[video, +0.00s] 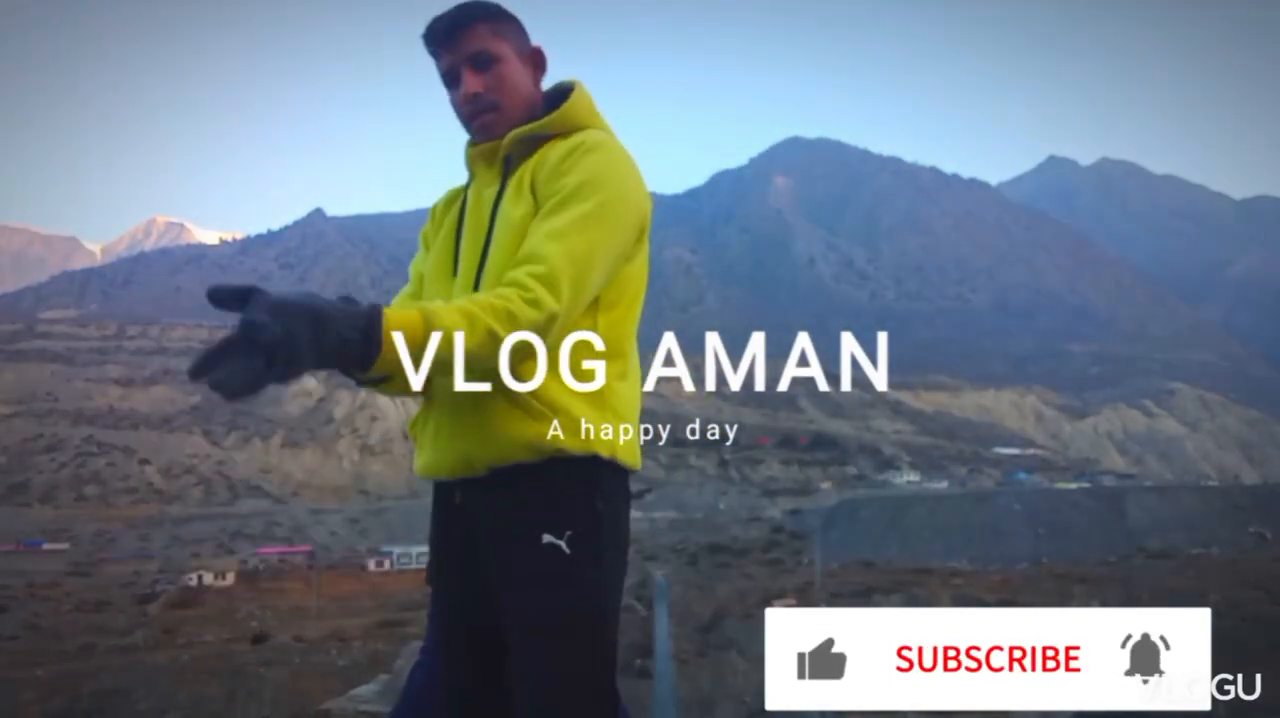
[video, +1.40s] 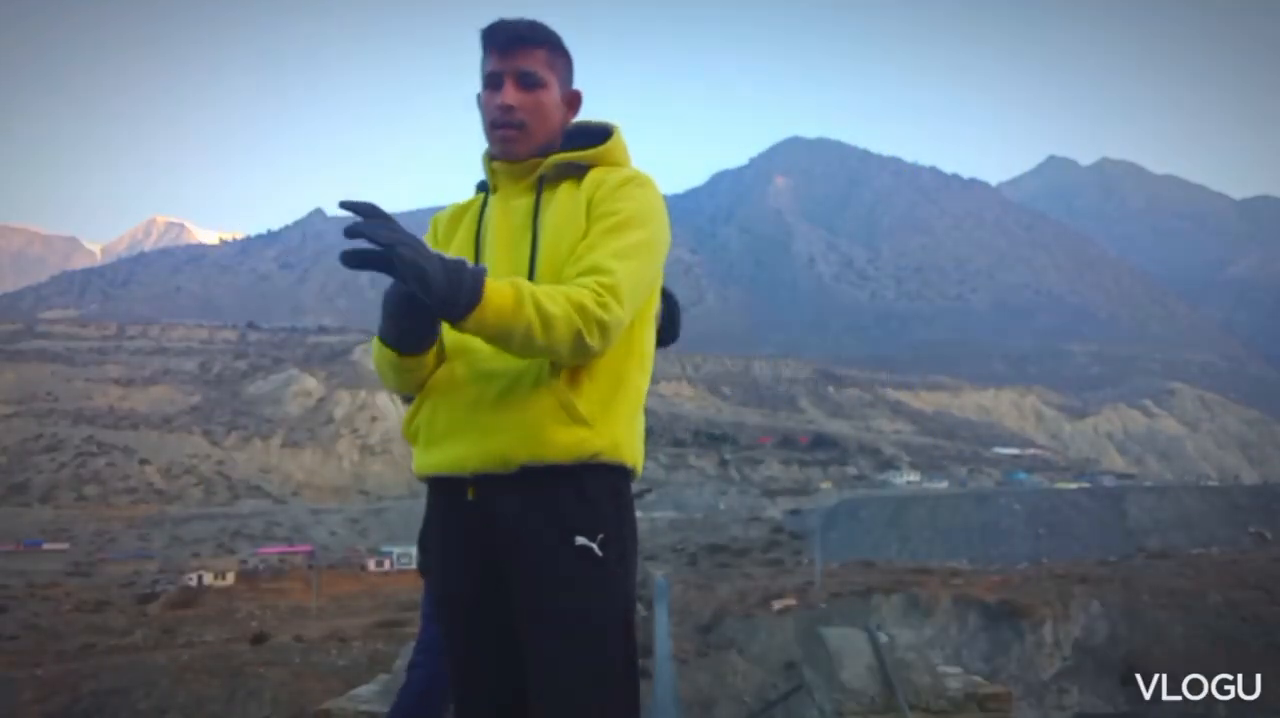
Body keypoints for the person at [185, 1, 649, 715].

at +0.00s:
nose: (470, 87)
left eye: (486, 64)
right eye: (453, 77)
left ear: (535, 64)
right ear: (447, 94)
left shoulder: (595, 168)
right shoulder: (451, 211)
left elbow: (522, 320)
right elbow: (420, 345)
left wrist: (354, 333)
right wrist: (318, 335)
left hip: (561, 484)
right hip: (464, 489)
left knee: (564, 699)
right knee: (465, 696)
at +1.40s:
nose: (504, 97)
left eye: (527, 82)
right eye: (492, 82)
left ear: (568, 100)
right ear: (479, 99)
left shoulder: (621, 194)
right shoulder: (449, 225)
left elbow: (586, 323)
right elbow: (404, 380)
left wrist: (452, 284)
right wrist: (413, 302)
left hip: (571, 504)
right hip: (459, 507)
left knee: (581, 700)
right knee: (477, 700)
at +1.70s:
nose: (490, 93)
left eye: (513, 76)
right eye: (478, 80)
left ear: (560, 97)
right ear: (466, 100)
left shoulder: (621, 193)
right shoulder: (457, 221)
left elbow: (653, 328)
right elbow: (384, 372)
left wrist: (542, 224)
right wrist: (406, 287)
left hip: (571, 493)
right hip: (456, 498)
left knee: (583, 696)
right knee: (474, 694)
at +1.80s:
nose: (489, 93)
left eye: (511, 76)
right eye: (477, 80)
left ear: (558, 93)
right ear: (466, 99)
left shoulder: (618, 193)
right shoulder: (442, 228)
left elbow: (692, 309)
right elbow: (369, 346)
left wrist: (606, 170)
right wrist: (376, 244)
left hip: (574, 493)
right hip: (457, 496)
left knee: (583, 697)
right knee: (476, 696)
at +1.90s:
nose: (486, 95)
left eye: (508, 77)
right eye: (474, 82)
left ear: (557, 95)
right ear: (463, 101)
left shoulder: (613, 191)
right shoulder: (445, 226)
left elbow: (722, 239)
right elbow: (332, 287)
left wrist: (654, 120)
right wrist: (368, 181)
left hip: (573, 498)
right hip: (457, 502)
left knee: (585, 699)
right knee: (476, 697)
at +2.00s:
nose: (483, 98)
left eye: (504, 78)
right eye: (470, 84)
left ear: (554, 96)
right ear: (460, 106)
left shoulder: (616, 187)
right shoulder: (439, 212)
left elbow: (730, 151)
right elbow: (319, 207)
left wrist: (645, 88)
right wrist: (410, 132)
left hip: (574, 496)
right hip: (457, 500)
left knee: (587, 698)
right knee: (474, 696)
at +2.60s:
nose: (515, 84)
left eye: (538, 71)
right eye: (503, 75)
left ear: (580, 98)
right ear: (491, 100)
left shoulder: (609, 189)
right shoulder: (454, 222)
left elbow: (650, 225)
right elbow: (321, 243)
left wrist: (588, 126)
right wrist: (423, 160)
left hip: (579, 499)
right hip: (462, 501)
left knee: (587, 697)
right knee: (460, 695)